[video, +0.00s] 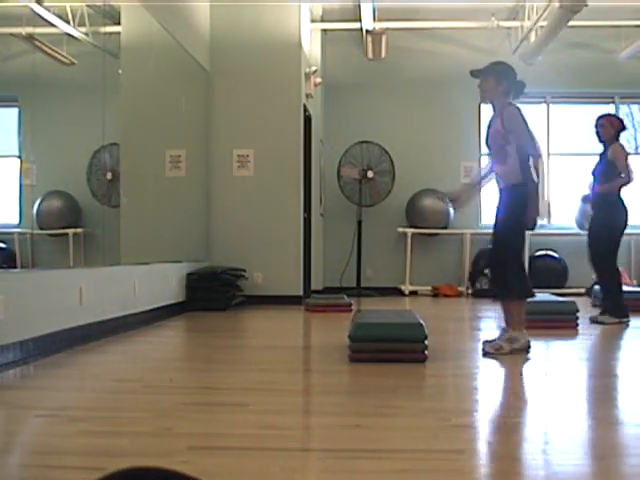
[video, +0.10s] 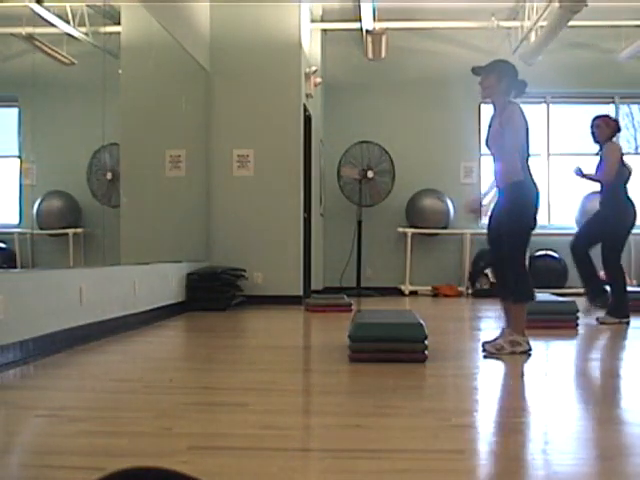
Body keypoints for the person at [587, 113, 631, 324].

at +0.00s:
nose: (599, 130)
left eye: (603, 126)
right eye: (598, 127)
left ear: (615, 129)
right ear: (599, 130)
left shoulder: (616, 149)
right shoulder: (608, 151)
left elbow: (626, 176)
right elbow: (611, 179)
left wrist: (603, 188)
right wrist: (594, 194)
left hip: (610, 207)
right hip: (602, 207)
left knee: (604, 258)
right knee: (600, 258)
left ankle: (616, 309)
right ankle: (611, 306)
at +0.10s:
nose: (594, 131)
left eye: (599, 127)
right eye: (593, 128)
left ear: (611, 130)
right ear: (594, 131)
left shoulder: (611, 148)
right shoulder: (611, 151)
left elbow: (607, 176)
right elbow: (625, 172)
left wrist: (585, 176)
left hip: (613, 211)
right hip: (622, 210)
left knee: (578, 245)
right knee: (611, 258)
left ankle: (597, 295)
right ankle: (619, 310)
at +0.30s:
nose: (596, 129)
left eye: (600, 125)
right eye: (594, 126)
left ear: (612, 127)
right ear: (596, 129)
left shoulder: (609, 146)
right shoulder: (618, 150)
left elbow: (604, 173)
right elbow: (629, 166)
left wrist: (581, 176)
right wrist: (617, 183)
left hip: (612, 209)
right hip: (626, 209)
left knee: (578, 240)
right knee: (619, 260)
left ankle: (595, 288)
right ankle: (620, 312)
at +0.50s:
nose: (601, 129)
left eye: (605, 126)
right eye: (599, 126)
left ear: (616, 129)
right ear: (598, 130)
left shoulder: (619, 150)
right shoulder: (607, 153)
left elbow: (634, 174)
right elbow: (604, 184)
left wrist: (613, 189)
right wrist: (584, 187)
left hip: (613, 208)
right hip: (604, 208)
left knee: (604, 257)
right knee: (604, 257)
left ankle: (618, 309)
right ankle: (615, 306)